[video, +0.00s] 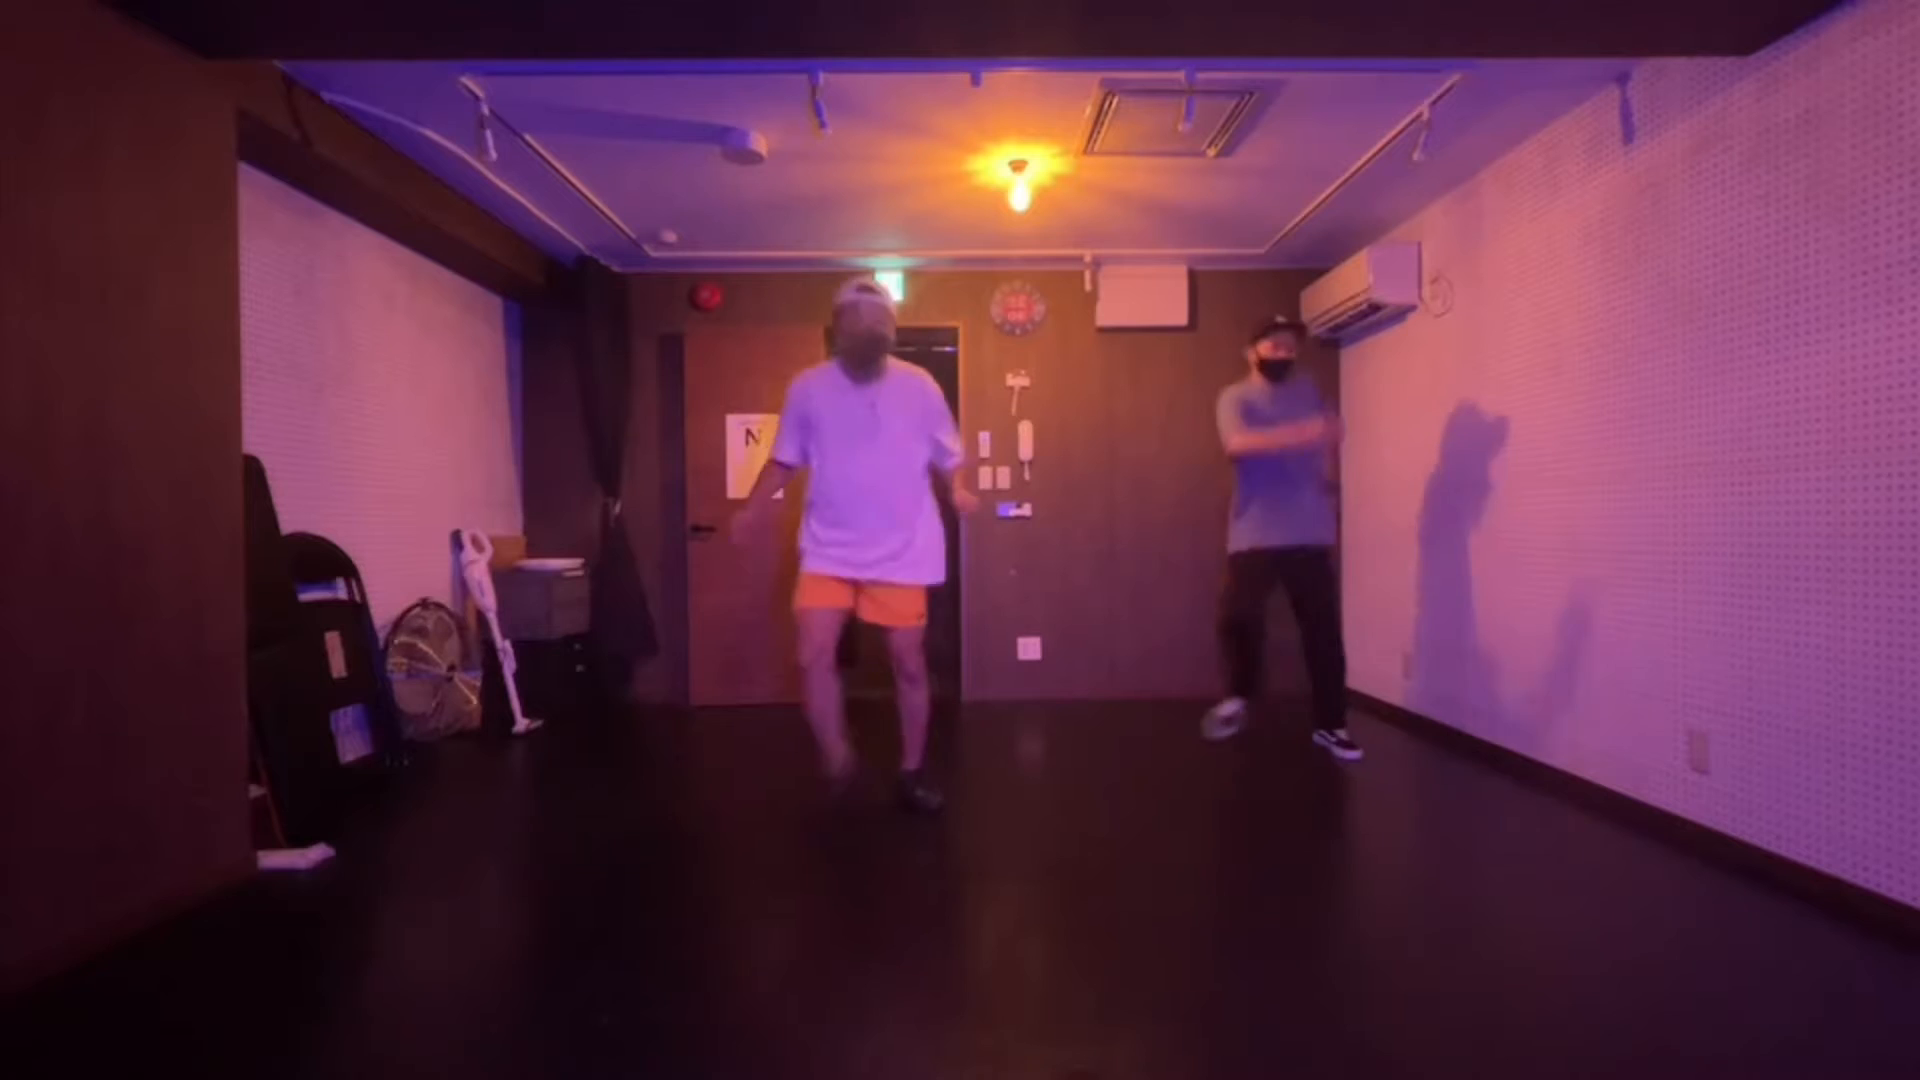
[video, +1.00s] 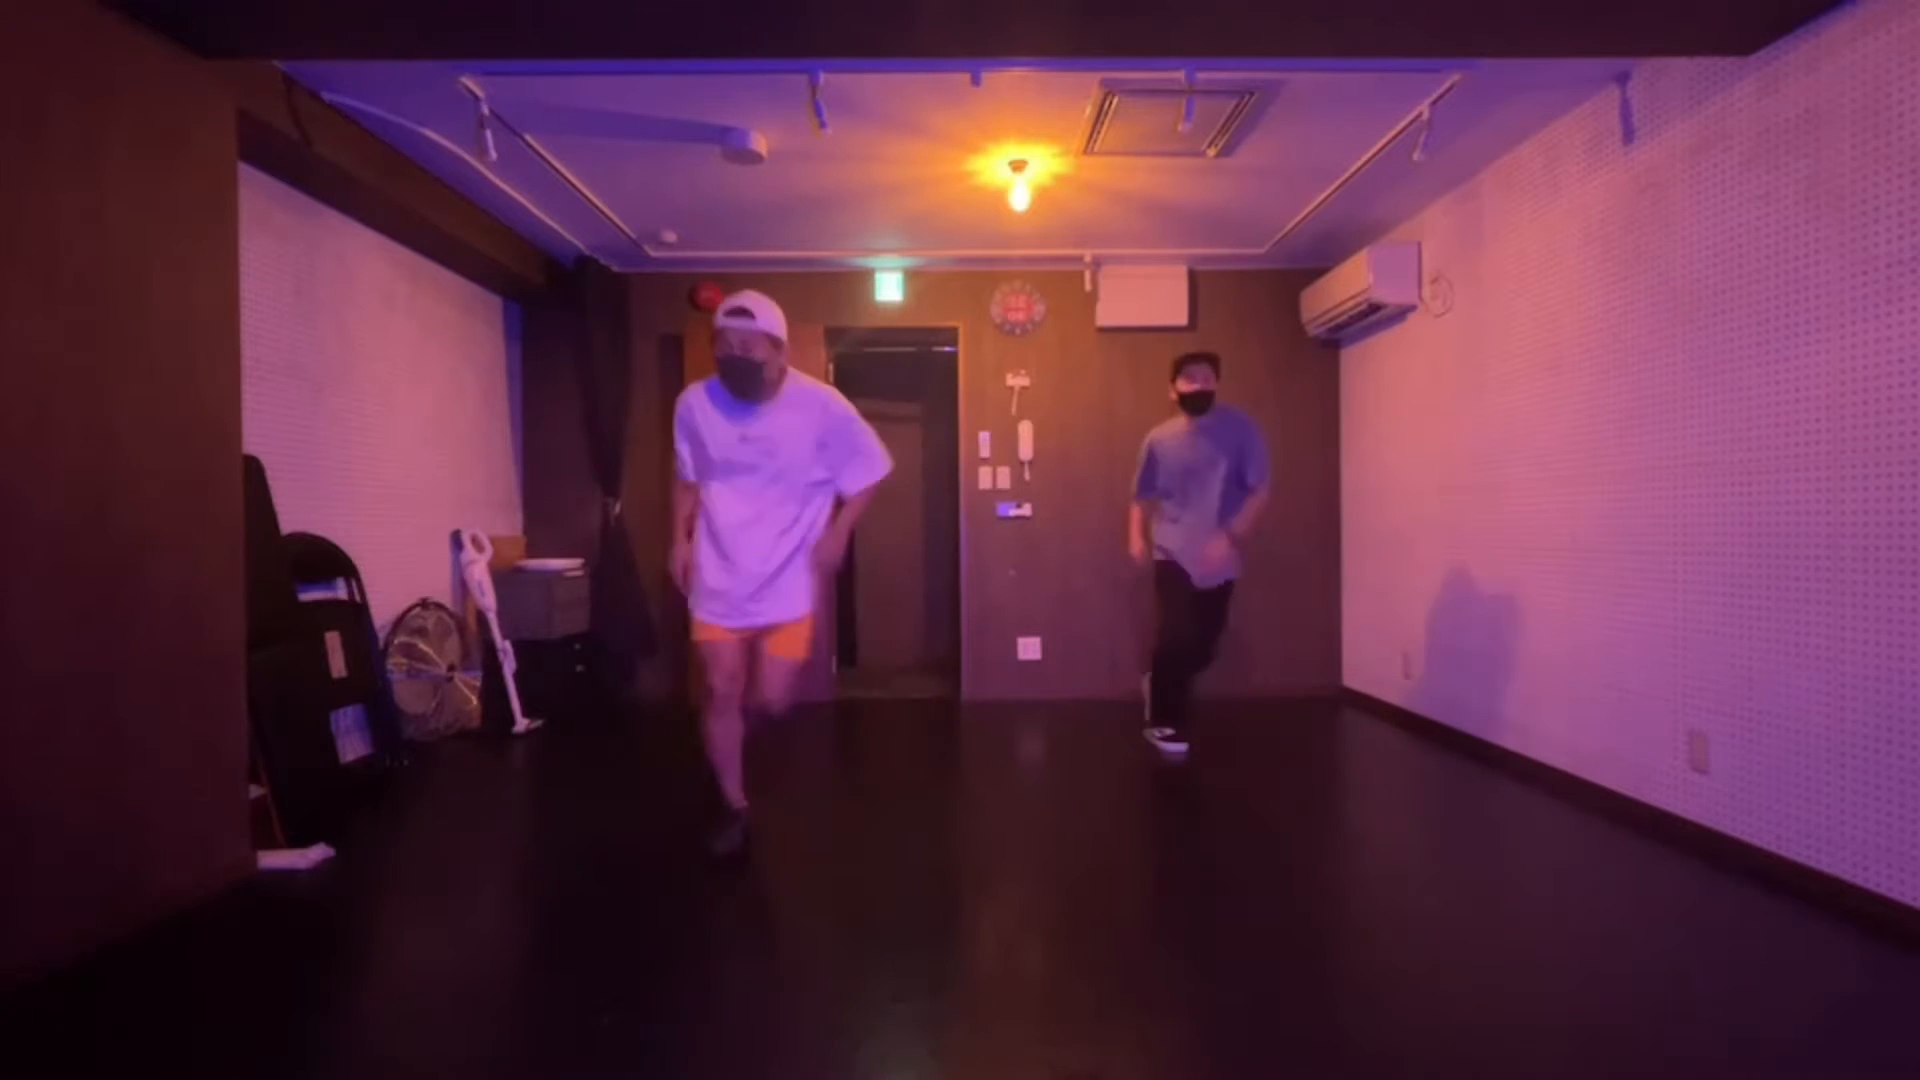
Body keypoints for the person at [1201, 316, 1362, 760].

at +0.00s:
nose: (1280, 352)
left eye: (1287, 344)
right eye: (1272, 343)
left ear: (1297, 350)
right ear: (1253, 350)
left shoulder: (1307, 395)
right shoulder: (1236, 397)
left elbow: (1326, 451)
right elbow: (1235, 443)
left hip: (1308, 534)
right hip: (1254, 537)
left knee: (1323, 633)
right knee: (1237, 618)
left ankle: (1330, 723)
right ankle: (1238, 698)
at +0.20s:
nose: (1257, 361)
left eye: (1265, 354)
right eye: (1248, 353)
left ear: (1275, 361)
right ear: (1229, 360)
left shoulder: (1292, 402)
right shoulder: (1214, 396)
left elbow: (1318, 452)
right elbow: (1238, 405)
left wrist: (1328, 478)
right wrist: (1306, 379)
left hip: (1292, 539)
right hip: (1240, 543)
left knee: (1307, 640)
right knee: (1219, 642)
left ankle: (1324, 728)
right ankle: (1195, 726)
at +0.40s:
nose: (1242, 376)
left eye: (1249, 368)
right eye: (1233, 368)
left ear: (1258, 372)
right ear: (1216, 372)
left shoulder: (1267, 417)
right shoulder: (1194, 413)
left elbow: (1274, 481)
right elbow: (1185, 466)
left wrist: (1274, 538)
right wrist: (1263, 453)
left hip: (1249, 551)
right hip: (1194, 551)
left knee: (1283, 639)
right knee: (1182, 642)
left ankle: (1299, 717)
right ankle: (1163, 723)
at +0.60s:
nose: (1210, 406)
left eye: (1217, 396)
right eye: (1201, 397)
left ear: (1227, 401)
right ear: (1183, 405)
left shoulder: (1243, 446)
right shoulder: (1164, 453)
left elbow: (1253, 499)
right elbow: (1132, 507)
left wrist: (1230, 532)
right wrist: (1165, 540)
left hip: (1223, 571)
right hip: (1176, 570)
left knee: (1234, 644)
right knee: (1181, 650)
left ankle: (1217, 701)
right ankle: (1163, 723)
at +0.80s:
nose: (1195, 394)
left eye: (1201, 386)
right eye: (1186, 386)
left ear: (1211, 389)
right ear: (1168, 393)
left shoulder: (1235, 434)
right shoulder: (1149, 443)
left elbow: (1258, 484)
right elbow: (1123, 493)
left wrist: (1224, 491)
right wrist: (1123, 534)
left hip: (1217, 566)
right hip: (1167, 563)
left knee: (1203, 651)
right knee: (1172, 646)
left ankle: (1152, 695)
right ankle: (1177, 723)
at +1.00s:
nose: (1197, 387)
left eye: (1205, 379)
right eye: (1188, 379)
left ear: (1217, 385)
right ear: (1174, 387)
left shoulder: (1237, 429)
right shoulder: (1159, 438)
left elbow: (1259, 487)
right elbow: (1141, 494)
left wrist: (1234, 532)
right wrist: (1137, 537)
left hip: (1217, 551)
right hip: (1171, 549)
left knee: (1204, 646)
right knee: (1176, 637)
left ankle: (1158, 681)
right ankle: (1167, 724)